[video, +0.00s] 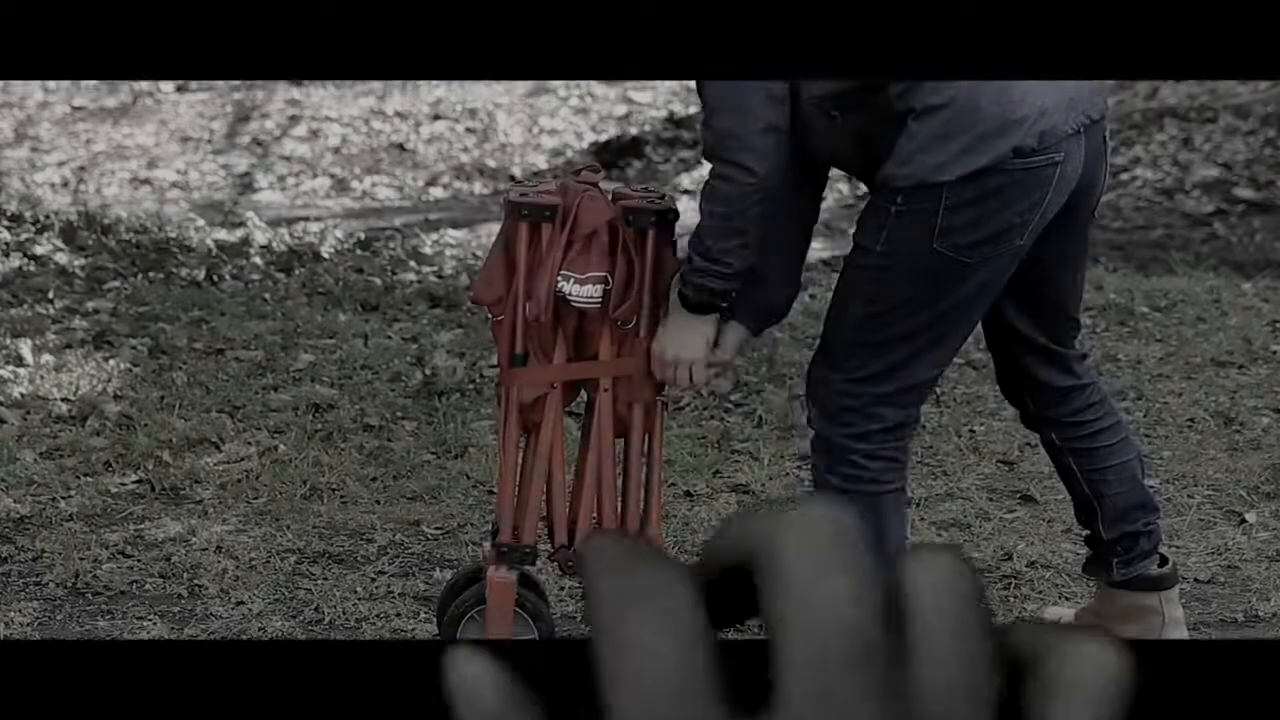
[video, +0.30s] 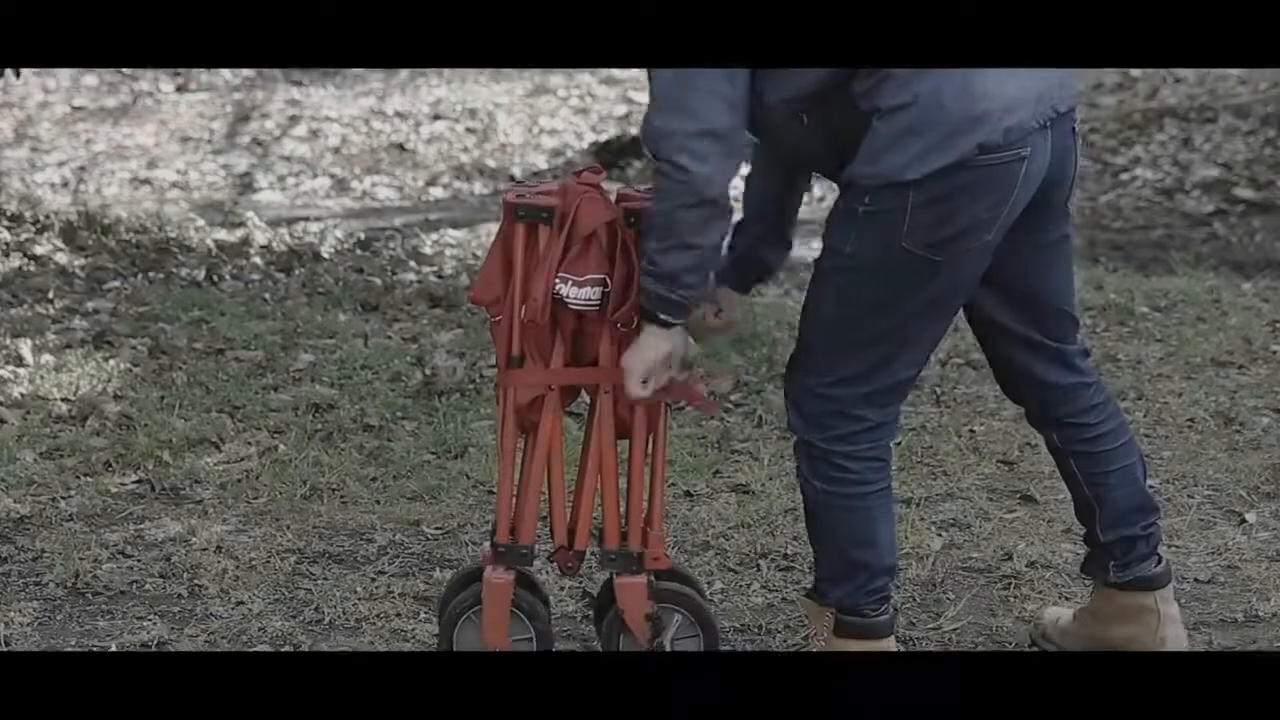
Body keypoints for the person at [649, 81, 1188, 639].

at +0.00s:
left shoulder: (739, 80)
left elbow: (749, 159)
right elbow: (791, 168)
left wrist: (693, 299)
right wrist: (744, 313)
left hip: (965, 152)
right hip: (1072, 126)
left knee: (856, 406)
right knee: (1047, 366)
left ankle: (860, 647)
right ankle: (1138, 589)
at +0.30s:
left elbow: (694, 158)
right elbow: (790, 130)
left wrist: (664, 314)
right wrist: (737, 273)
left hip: (933, 141)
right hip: (1046, 112)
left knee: (838, 403)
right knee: (1050, 366)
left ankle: (856, 632)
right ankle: (1137, 599)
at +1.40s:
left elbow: (623, 74)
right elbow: (949, 66)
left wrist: (562, 196)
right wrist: (814, 168)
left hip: (912, 152)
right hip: (1049, 143)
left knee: (809, 418)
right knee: (1031, 433)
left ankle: (795, 667)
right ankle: (1013, 667)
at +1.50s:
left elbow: (598, 101)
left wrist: (560, 232)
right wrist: (808, 160)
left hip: (883, 154)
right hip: (1025, 143)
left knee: (797, 434)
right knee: (1021, 432)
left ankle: (783, 672)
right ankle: (1018, 664)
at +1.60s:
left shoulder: (656, 8)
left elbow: (596, 105)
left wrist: (557, 247)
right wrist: (790, 229)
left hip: (845, 159)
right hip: (995, 146)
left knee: (772, 438)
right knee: (1011, 434)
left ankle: (780, 674)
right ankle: (1025, 669)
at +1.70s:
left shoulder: (639, 9)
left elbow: (586, 154)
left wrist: (540, 300)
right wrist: (766, 284)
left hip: (813, 174)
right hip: (967, 154)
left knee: (751, 432)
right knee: (1004, 425)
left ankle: (778, 673)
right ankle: (1036, 668)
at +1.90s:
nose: (609, 35)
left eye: (612, 25)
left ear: (639, 11)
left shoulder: (639, 35)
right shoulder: (844, 8)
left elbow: (608, 229)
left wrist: (573, 371)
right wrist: (790, 297)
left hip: (783, 192)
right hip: (940, 162)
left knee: (730, 437)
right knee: (993, 424)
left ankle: (777, 672)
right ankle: (1039, 667)